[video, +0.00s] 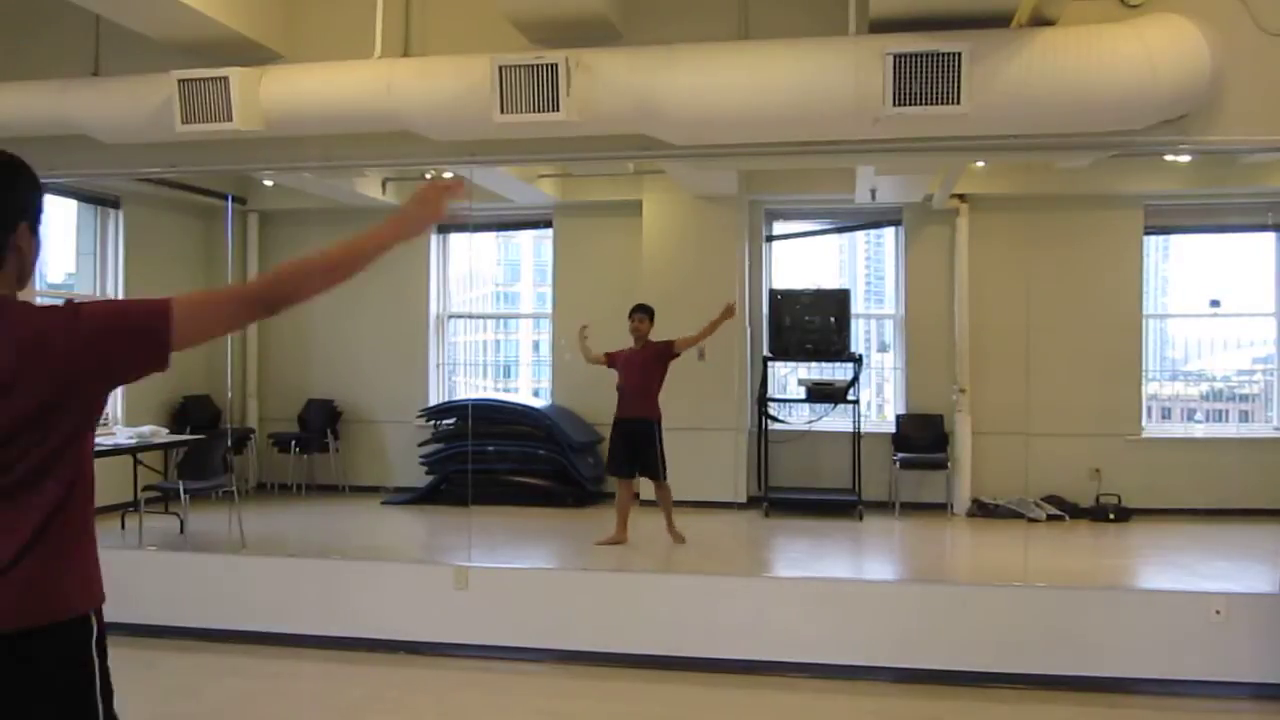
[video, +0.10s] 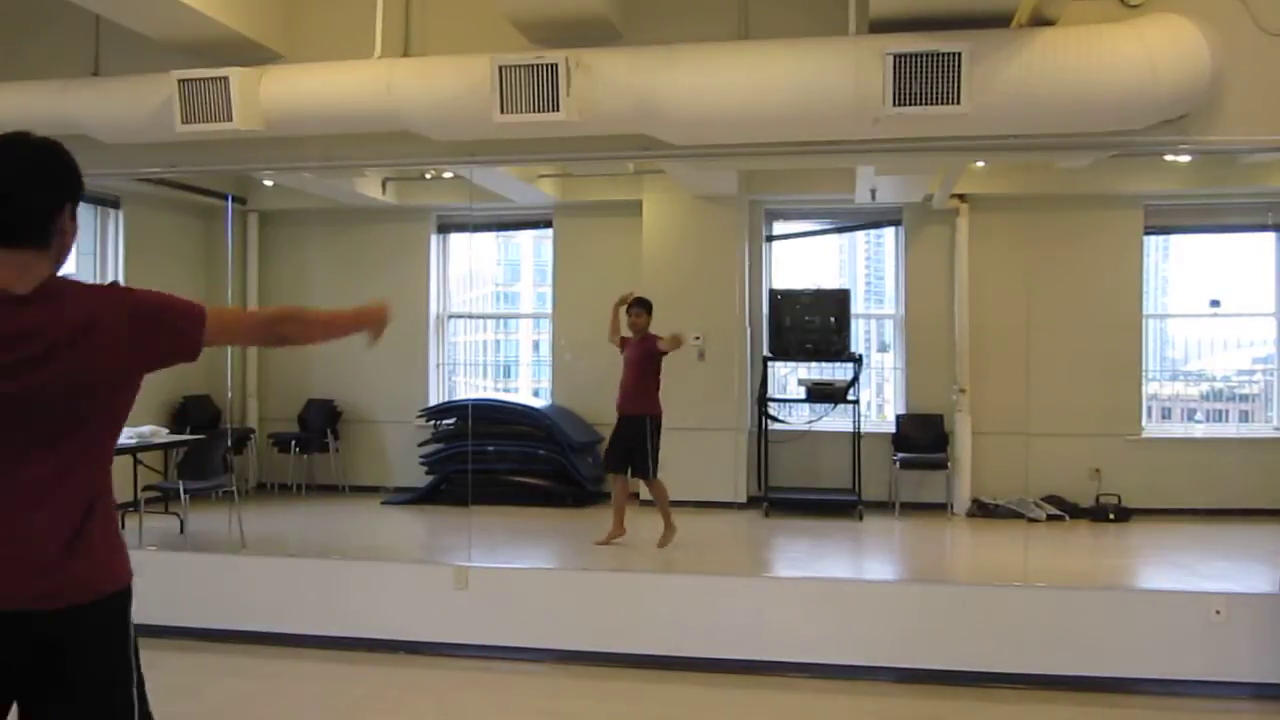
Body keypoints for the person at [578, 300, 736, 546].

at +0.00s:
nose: (636, 324)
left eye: (642, 320)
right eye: (633, 320)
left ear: (651, 325)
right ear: (628, 324)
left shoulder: (661, 350)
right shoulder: (622, 356)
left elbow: (697, 338)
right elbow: (591, 357)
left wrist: (722, 317)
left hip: (648, 422)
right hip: (623, 422)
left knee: (659, 481)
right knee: (623, 479)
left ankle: (671, 526)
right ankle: (620, 532)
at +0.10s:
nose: (633, 319)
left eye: (639, 315)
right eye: (631, 315)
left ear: (649, 318)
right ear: (627, 317)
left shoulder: (653, 342)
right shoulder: (628, 343)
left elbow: (666, 345)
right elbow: (614, 336)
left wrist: (675, 341)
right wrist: (615, 307)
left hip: (646, 416)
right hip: (626, 416)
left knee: (647, 474)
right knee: (616, 469)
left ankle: (669, 524)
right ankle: (617, 527)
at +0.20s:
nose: (628, 317)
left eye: (633, 312)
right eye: (626, 313)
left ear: (647, 314)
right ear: (630, 314)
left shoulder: (647, 336)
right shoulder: (651, 333)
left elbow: (634, 358)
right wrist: (631, 299)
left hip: (646, 408)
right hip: (645, 407)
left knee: (639, 468)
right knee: (626, 463)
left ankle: (667, 524)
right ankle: (606, 515)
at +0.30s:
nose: (628, 324)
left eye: (631, 319)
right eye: (629, 319)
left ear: (644, 321)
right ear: (651, 321)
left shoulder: (638, 349)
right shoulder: (669, 339)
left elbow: (603, 376)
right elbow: (674, 316)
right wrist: (653, 315)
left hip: (640, 418)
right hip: (665, 416)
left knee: (643, 475)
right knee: (639, 468)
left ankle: (653, 536)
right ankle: (615, 508)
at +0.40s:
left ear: (640, 332)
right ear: (662, 333)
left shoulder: (633, 362)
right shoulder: (675, 354)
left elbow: (592, 378)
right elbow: (688, 331)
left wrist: (557, 390)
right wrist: (666, 333)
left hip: (640, 433)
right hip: (668, 432)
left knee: (648, 490)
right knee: (659, 484)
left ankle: (656, 542)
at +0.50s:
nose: (671, 335)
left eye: (670, 331)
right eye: (669, 331)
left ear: (645, 332)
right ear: (663, 332)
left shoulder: (627, 359)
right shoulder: (671, 357)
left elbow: (593, 363)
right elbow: (701, 344)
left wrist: (565, 363)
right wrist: (705, 328)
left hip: (636, 434)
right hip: (666, 434)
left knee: (647, 491)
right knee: (679, 489)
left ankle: (656, 542)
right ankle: (701, 529)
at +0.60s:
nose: (674, 322)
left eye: (674, 318)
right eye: (672, 318)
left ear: (650, 319)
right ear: (660, 320)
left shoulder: (629, 343)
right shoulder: (670, 348)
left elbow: (601, 339)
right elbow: (709, 348)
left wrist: (578, 335)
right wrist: (738, 324)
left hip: (637, 422)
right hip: (663, 421)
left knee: (650, 486)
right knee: (687, 478)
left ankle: (657, 541)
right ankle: (719, 527)